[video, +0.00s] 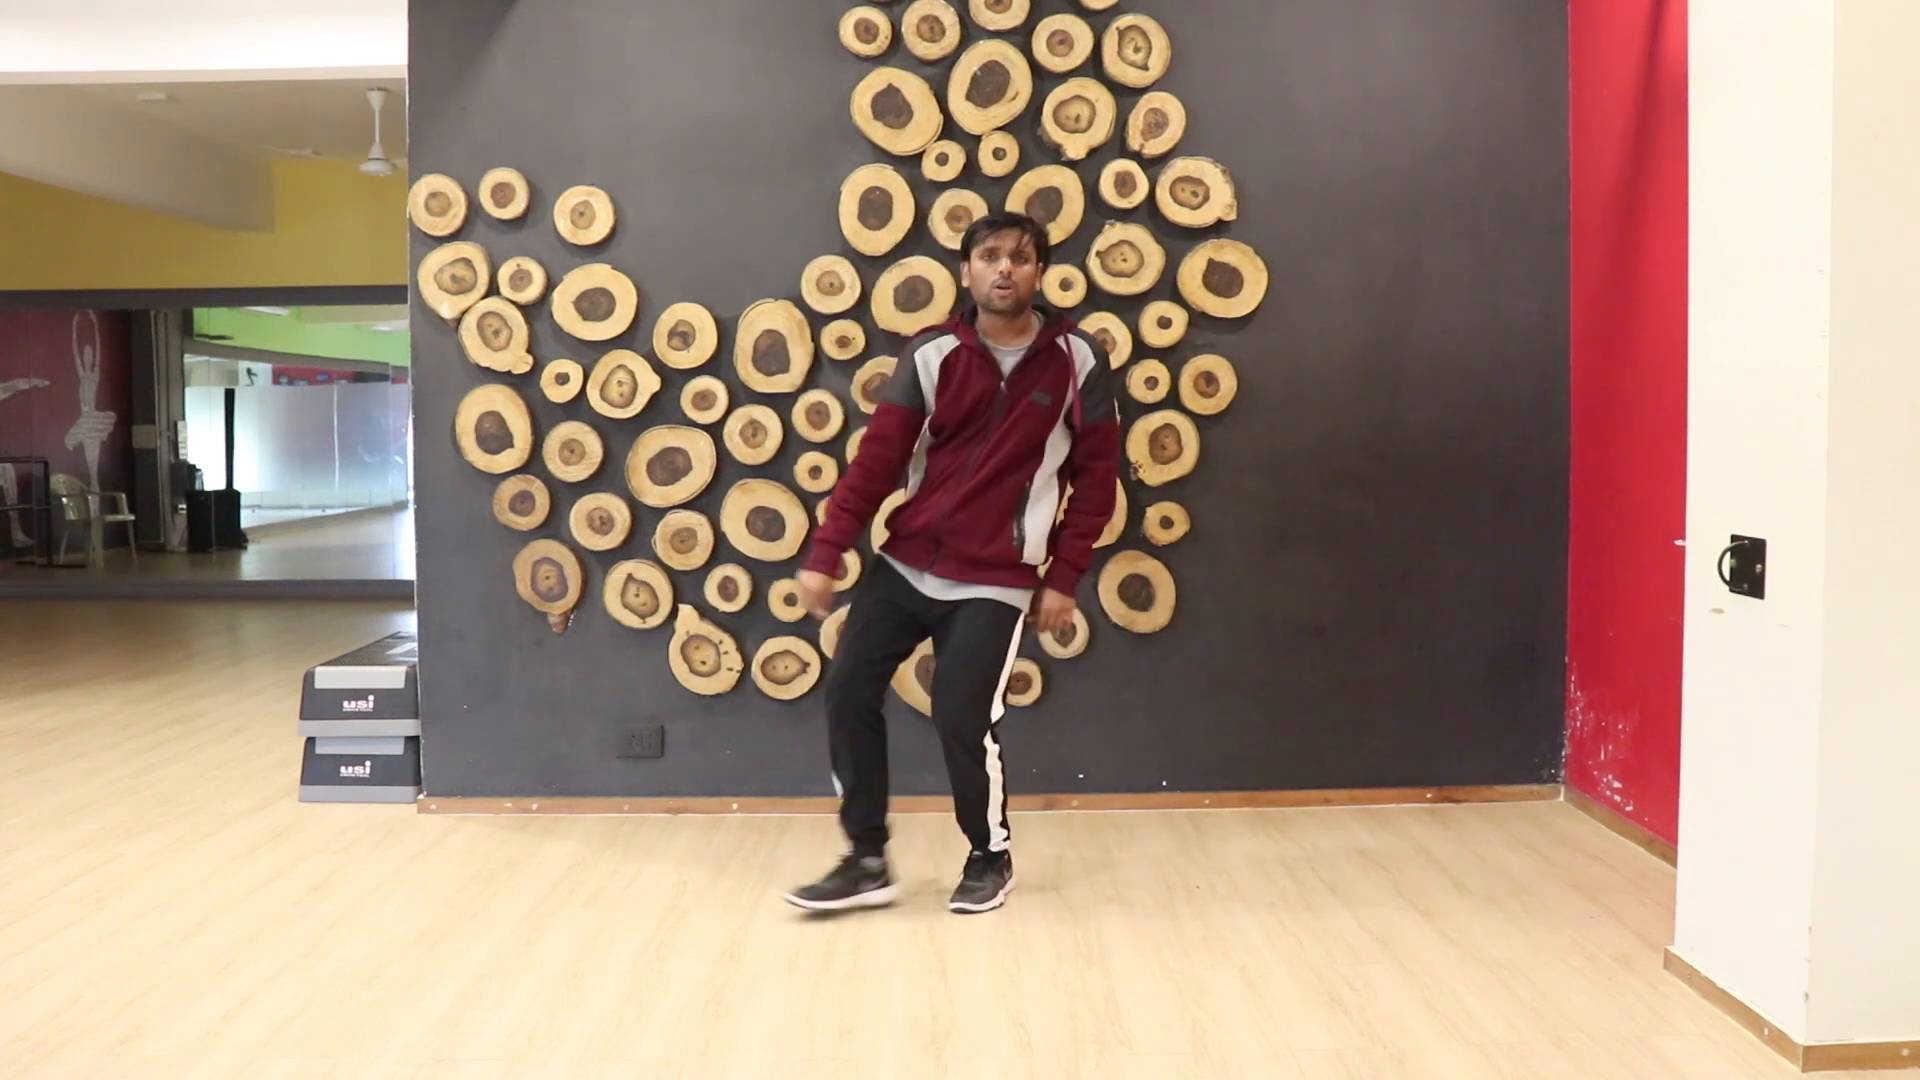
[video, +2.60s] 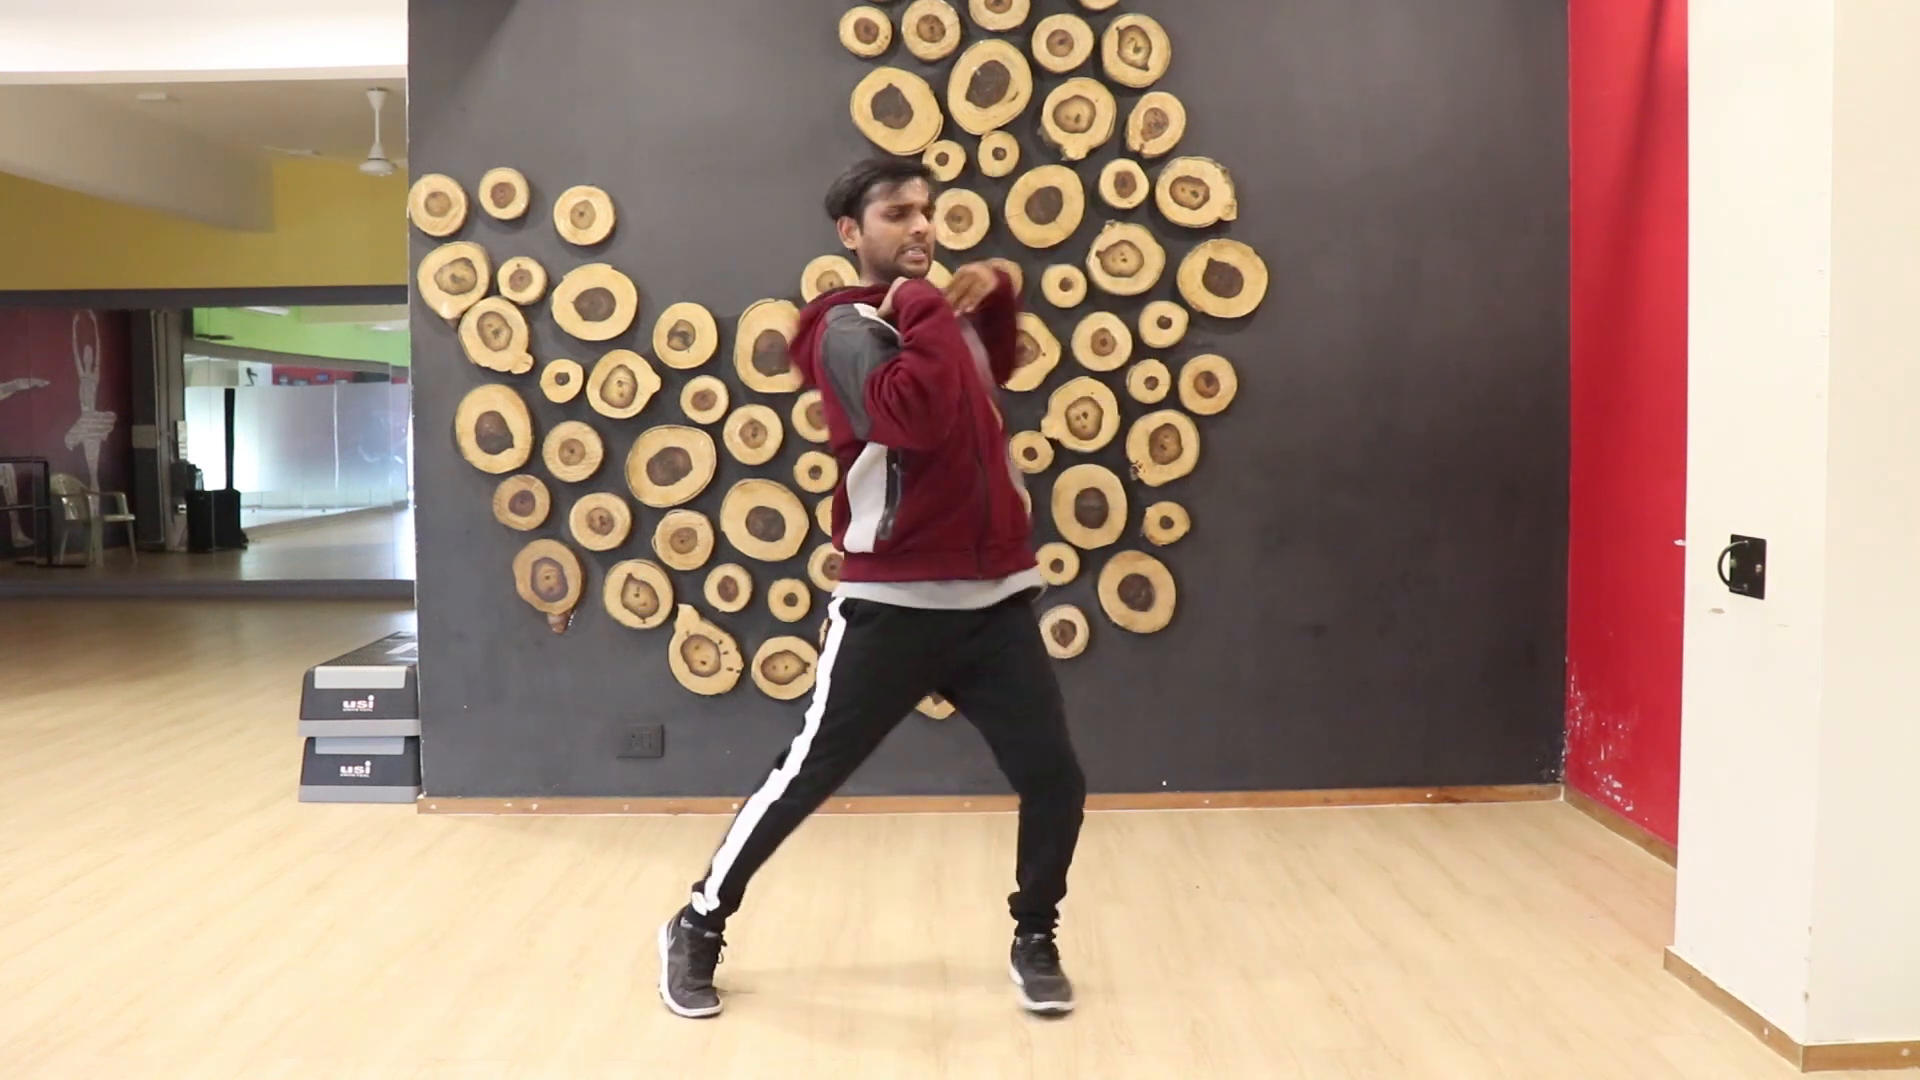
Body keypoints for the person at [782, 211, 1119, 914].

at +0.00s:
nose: (1006, 269)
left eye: (1020, 258)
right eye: (991, 257)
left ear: (1039, 273)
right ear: (968, 272)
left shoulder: (1074, 362)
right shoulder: (932, 355)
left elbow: (1098, 474)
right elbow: (877, 458)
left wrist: (1064, 578)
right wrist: (823, 556)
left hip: (996, 580)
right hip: (908, 564)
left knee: (960, 715)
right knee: (849, 688)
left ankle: (988, 857)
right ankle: (866, 859)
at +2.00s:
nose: (949, 230)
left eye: (965, 218)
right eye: (933, 217)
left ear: (987, 237)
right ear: (908, 237)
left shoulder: (1027, 329)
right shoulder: (867, 325)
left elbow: (1081, 434)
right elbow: (815, 435)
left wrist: (1034, 492)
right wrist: (869, 441)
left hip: (997, 576)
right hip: (896, 575)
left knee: (1009, 737)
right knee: (911, 730)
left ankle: (1019, 913)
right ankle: (936, 847)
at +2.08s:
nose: (955, 227)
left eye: (971, 214)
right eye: (939, 214)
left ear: (993, 233)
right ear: (913, 232)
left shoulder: (1021, 316)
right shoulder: (884, 310)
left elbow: (1019, 419)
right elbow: (871, 404)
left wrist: (915, 367)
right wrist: (982, 337)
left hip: (1006, 567)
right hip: (908, 568)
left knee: (1018, 747)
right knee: (913, 742)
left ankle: (1023, 929)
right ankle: (939, 836)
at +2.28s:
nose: (965, 214)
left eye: (982, 203)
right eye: (949, 201)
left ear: (1007, 222)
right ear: (922, 217)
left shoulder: (1030, 305)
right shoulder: (880, 293)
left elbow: (1065, 394)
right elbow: (811, 392)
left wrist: (974, 313)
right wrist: (905, 324)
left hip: (1018, 563)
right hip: (913, 563)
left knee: (1037, 749)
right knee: (977, 731)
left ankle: (1028, 931)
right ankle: (982, 887)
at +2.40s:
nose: (965, 211)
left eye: (981, 199)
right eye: (946, 198)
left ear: (1001, 220)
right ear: (914, 215)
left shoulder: (1044, 312)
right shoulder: (864, 306)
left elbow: (1161, 351)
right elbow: (776, 375)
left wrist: (1087, 279)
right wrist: (804, 301)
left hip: (1002, 572)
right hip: (894, 563)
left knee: (1030, 762)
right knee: (923, 717)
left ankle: (1033, 941)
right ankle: (884, 882)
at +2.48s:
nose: (958, 217)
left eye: (970, 203)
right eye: (937, 204)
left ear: (987, 219)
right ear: (899, 221)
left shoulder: (1039, 313)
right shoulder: (866, 316)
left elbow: (1145, 305)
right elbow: (808, 453)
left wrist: (1079, 239)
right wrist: (828, 348)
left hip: (999, 584)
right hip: (887, 578)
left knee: (1021, 762)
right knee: (860, 743)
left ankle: (1035, 945)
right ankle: (766, 909)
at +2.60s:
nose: (922, 229)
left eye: (927, 214)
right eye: (900, 215)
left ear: (935, 225)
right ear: (851, 231)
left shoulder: (935, 311)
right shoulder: (846, 330)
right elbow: (913, 415)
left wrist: (1000, 296)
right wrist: (926, 313)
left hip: (995, 604)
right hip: (890, 608)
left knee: (1055, 783)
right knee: (807, 778)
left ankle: (1036, 938)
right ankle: (698, 928)